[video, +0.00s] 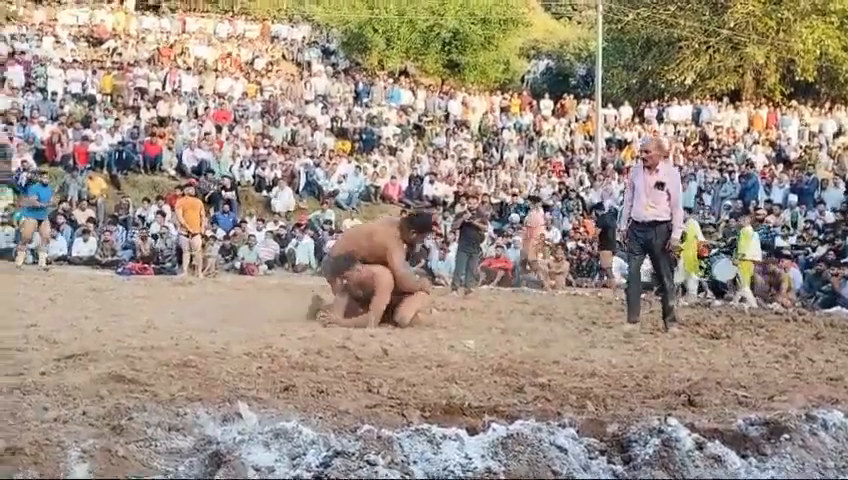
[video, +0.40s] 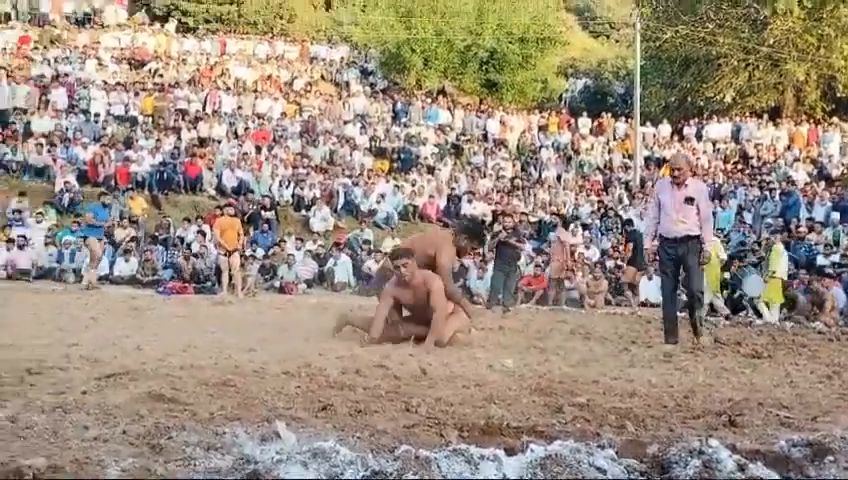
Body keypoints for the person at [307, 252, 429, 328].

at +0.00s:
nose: (343, 283)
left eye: (345, 278)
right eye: (340, 279)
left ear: (358, 269)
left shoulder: (383, 276)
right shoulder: (347, 285)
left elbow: (372, 321)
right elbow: (337, 314)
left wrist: (342, 322)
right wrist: (326, 315)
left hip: (413, 294)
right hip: (385, 298)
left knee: (401, 318)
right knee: (347, 313)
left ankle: (425, 318)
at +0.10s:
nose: (361, 275)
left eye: (363, 270)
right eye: (357, 273)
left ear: (375, 263)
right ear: (354, 273)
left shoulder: (398, 276)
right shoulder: (359, 281)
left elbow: (385, 319)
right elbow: (353, 314)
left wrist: (354, 327)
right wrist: (342, 324)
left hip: (426, 298)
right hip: (397, 303)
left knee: (413, 322)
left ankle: (436, 323)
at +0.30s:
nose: (396, 266)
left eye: (400, 260)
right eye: (392, 263)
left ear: (409, 257)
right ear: (388, 265)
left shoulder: (429, 274)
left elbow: (436, 307)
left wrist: (419, 336)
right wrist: (354, 319)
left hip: (452, 309)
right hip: (422, 313)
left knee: (440, 334)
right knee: (394, 327)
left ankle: (462, 333)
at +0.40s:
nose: (471, 253)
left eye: (474, 250)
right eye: (472, 248)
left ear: (461, 235)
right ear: (463, 238)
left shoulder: (444, 235)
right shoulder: (446, 246)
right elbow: (447, 288)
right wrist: (466, 307)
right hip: (390, 274)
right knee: (396, 324)